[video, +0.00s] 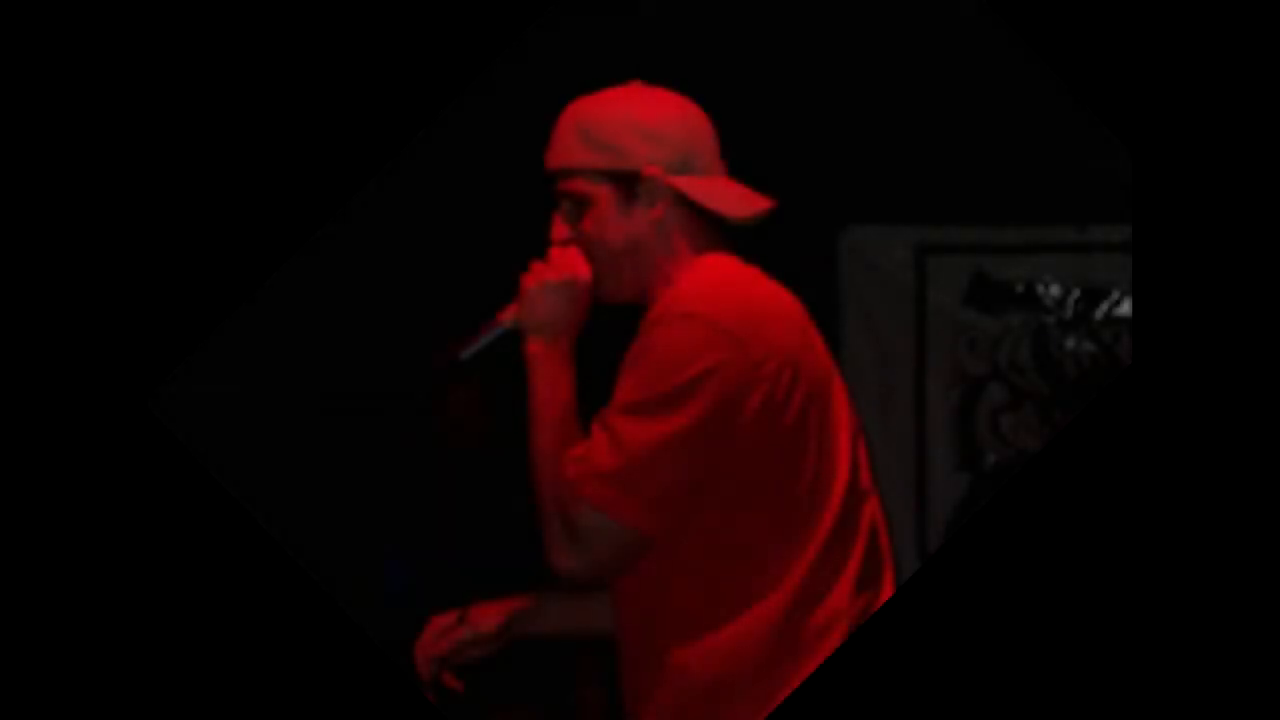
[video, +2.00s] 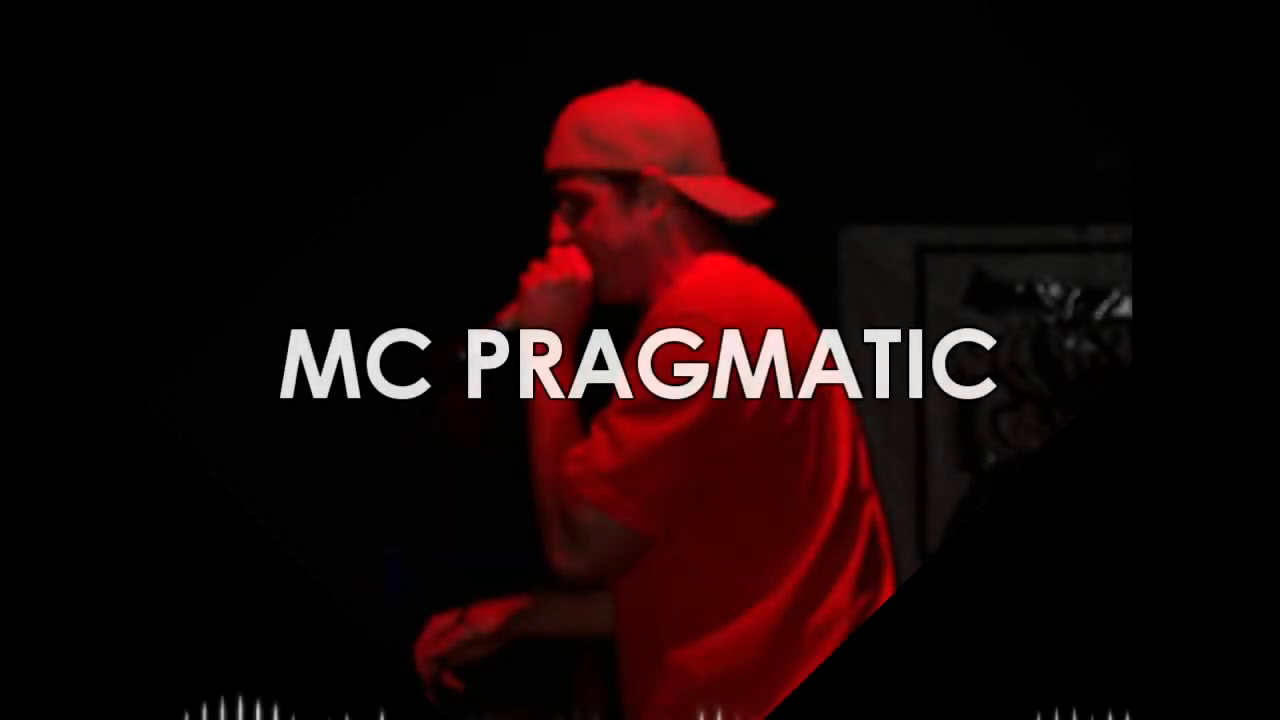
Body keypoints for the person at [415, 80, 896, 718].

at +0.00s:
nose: (559, 233)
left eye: (577, 206)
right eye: (559, 208)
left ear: (652, 202)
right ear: (650, 204)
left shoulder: (704, 319)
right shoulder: (745, 306)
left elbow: (578, 543)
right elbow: (700, 581)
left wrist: (547, 345)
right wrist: (519, 622)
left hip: (736, 698)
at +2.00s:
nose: (560, 234)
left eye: (577, 206)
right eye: (559, 209)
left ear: (653, 200)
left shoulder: (707, 314)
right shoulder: (747, 305)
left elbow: (578, 542)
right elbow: (699, 578)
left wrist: (545, 349)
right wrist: (519, 620)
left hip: (734, 702)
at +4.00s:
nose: (561, 234)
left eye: (577, 207)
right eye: (560, 209)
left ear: (652, 198)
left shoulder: (706, 314)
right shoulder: (747, 303)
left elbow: (577, 543)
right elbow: (699, 579)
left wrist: (546, 347)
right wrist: (520, 620)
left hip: (739, 705)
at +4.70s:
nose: (560, 234)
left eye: (577, 207)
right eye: (560, 209)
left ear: (653, 198)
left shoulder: (706, 313)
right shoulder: (745, 303)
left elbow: (577, 544)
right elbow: (699, 581)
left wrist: (545, 347)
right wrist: (519, 619)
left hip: (741, 705)